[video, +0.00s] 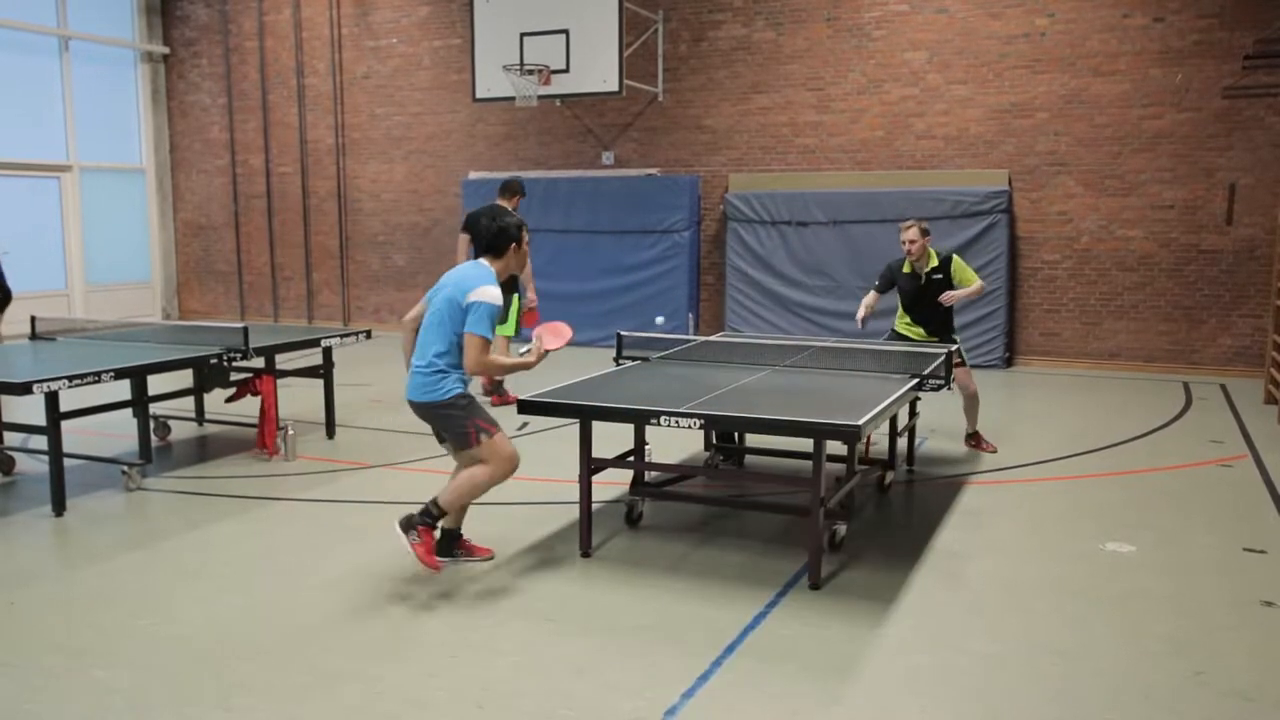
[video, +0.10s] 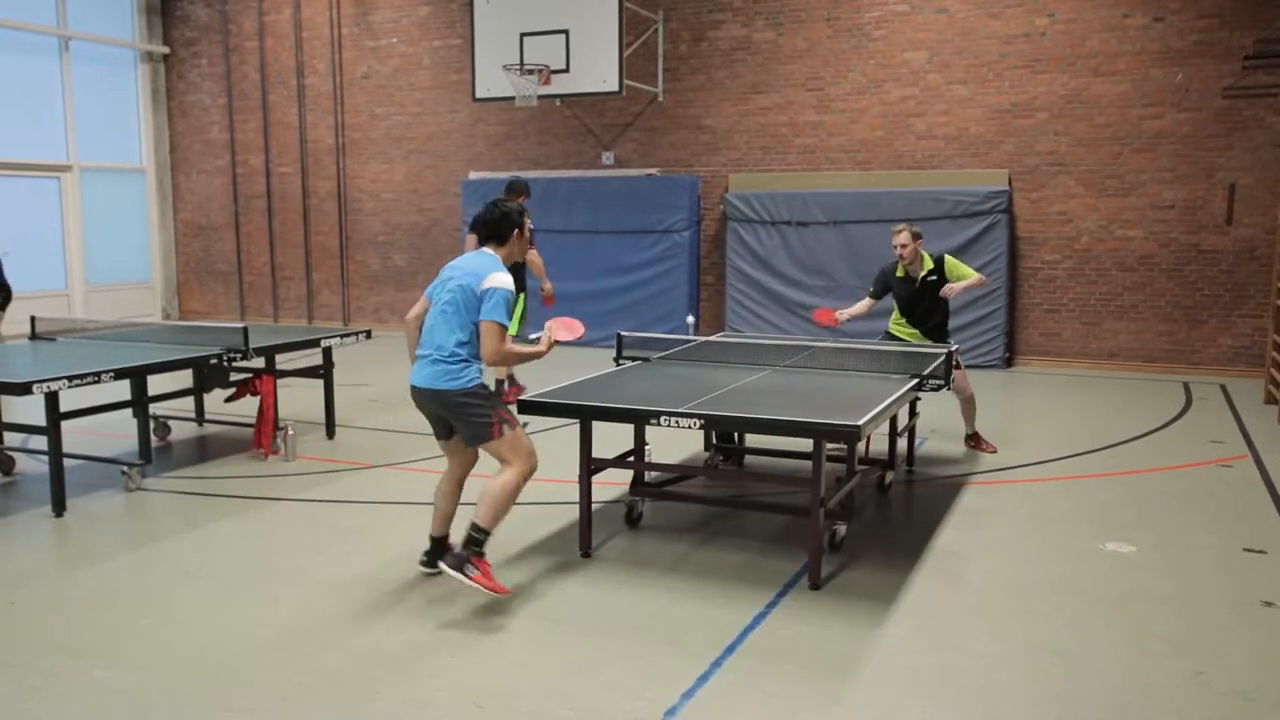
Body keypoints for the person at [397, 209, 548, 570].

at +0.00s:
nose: (527, 253)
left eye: (526, 246)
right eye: (525, 246)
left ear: (488, 246)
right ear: (513, 248)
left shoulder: (458, 274)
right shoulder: (487, 288)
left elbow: (410, 322)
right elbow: (475, 363)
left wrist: (414, 372)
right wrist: (526, 362)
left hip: (426, 388)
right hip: (442, 390)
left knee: (470, 461)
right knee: (504, 460)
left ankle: (450, 539)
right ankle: (422, 521)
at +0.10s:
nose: (529, 240)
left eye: (528, 232)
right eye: (525, 233)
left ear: (488, 235)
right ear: (511, 236)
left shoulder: (454, 266)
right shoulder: (497, 277)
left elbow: (413, 319)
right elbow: (492, 353)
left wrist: (421, 368)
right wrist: (539, 350)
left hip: (424, 383)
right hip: (458, 383)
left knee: (461, 459)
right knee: (522, 461)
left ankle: (436, 550)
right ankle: (469, 553)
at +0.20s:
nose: (527, 248)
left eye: (527, 241)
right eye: (526, 240)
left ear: (480, 239)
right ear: (517, 241)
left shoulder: (449, 276)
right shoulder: (507, 286)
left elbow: (413, 335)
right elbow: (517, 363)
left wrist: (427, 383)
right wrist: (548, 350)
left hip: (439, 403)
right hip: (480, 404)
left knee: (456, 478)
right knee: (528, 489)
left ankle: (422, 565)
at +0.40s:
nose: (550, 248)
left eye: (548, 242)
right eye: (548, 242)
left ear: (496, 246)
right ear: (541, 245)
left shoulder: (466, 285)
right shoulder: (551, 290)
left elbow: (437, 356)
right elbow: (583, 362)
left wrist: (455, 402)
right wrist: (602, 341)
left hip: (469, 418)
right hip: (523, 424)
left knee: (450, 494)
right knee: (561, 515)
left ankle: (423, 576)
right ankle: (546, 627)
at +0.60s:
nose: (573, 234)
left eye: (570, 228)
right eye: (572, 228)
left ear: (525, 227)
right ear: (563, 228)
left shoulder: (485, 266)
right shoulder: (565, 272)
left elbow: (448, 334)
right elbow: (594, 350)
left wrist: (479, 369)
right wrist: (618, 346)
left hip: (479, 406)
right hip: (536, 410)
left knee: (467, 508)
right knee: (576, 508)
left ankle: (439, 602)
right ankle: (567, 628)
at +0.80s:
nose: (586, 279)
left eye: (583, 271)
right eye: (586, 272)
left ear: (535, 268)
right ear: (577, 273)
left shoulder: (496, 310)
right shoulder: (582, 321)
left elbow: (455, 378)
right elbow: (633, 392)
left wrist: (491, 414)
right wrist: (640, 380)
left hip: (500, 459)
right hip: (562, 457)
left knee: (477, 558)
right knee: (624, 504)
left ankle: (459, 667)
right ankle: (599, 608)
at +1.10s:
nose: (690, 294)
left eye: (683, 287)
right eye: (688, 288)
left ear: (645, 286)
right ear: (683, 290)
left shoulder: (611, 311)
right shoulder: (696, 328)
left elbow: (544, 342)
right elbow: (763, 360)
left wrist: (514, 395)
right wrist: (719, 343)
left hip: (599, 449)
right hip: (662, 452)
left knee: (542, 542)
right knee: (711, 495)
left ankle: (485, 633)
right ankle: (734, 587)